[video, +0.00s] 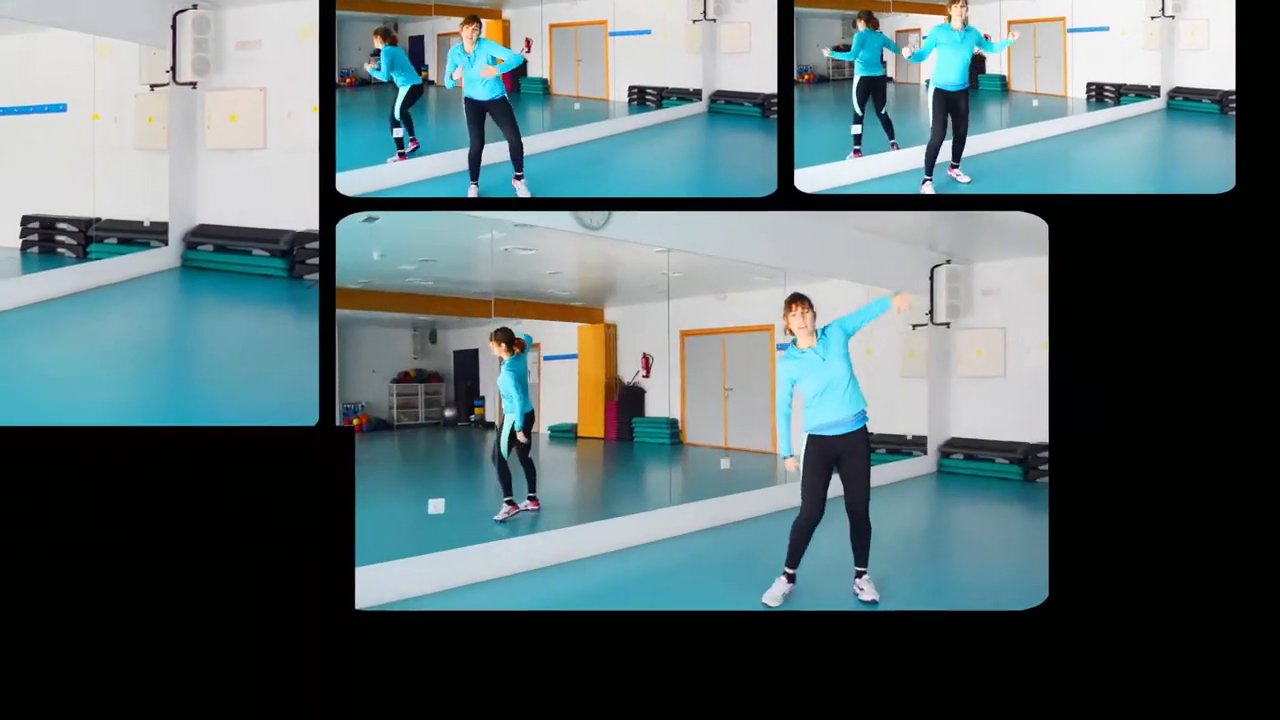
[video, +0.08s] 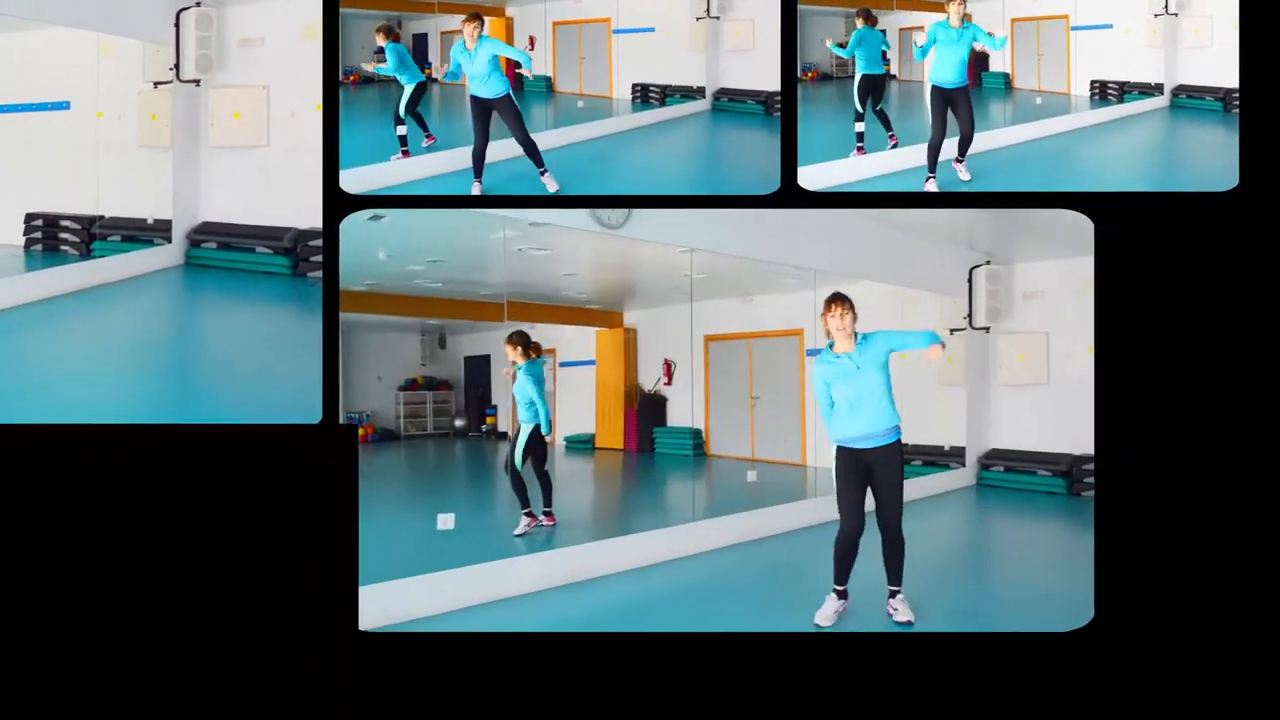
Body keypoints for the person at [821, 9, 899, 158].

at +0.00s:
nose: (857, 25)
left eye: (858, 22)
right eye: (857, 22)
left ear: (862, 22)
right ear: (871, 21)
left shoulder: (860, 35)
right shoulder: (880, 36)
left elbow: (852, 56)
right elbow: (895, 48)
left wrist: (831, 53)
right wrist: (904, 51)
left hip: (863, 77)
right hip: (879, 77)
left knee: (858, 113)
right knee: (881, 111)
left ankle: (857, 151)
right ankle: (893, 144)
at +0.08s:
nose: (856, 22)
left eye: (856, 20)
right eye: (856, 20)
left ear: (860, 19)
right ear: (869, 19)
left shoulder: (858, 33)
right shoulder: (878, 33)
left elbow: (848, 54)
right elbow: (888, 47)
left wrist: (832, 47)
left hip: (863, 75)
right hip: (879, 74)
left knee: (860, 111)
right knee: (877, 107)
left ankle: (860, 148)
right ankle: (892, 136)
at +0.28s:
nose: (851, 23)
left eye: (852, 20)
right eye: (852, 20)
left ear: (856, 20)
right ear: (865, 19)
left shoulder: (856, 33)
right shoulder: (873, 32)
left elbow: (845, 57)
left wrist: (847, 42)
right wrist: (854, 38)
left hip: (873, 70)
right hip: (886, 68)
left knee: (863, 102)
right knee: (869, 100)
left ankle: (868, 141)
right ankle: (873, 132)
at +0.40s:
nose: (849, 27)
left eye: (850, 24)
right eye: (849, 24)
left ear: (854, 24)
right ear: (864, 24)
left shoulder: (857, 39)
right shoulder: (873, 37)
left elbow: (852, 64)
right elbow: (875, 55)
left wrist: (860, 62)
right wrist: (861, 59)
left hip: (876, 73)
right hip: (887, 72)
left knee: (865, 103)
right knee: (867, 102)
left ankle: (871, 140)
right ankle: (872, 138)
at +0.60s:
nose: (846, 29)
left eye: (847, 25)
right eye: (846, 26)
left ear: (853, 25)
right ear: (859, 25)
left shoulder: (859, 37)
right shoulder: (868, 35)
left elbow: (861, 62)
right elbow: (865, 55)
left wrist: (842, 59)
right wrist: (850, 54)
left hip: (881, 72)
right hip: (889, 70)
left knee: (868, 104)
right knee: (878, 98)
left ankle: (874, 141)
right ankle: (892, 126)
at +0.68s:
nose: (849, 26)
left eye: (851, 23)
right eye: (849, 23)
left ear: (857, 23)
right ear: (861, 23)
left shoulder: (865, 35)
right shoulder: (870, 33)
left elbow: (874, 54)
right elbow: (872, 54)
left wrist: (854, 54)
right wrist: (855, 53)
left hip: (886, 69)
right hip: (892, 68)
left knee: (872, 102)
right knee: (888, 97)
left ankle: (877, 138)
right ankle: (907, 122)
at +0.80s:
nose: (869, 16)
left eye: (870, 13)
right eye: (869, 13)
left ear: (876, 13)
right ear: (877, 13)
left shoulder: (892, 26)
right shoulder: (882, 29)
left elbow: (907, 41)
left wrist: (895, 42)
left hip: (907, 60)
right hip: (903, 60)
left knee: (887, 92)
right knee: (919, 89)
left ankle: (896, 126)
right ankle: (936, 112)